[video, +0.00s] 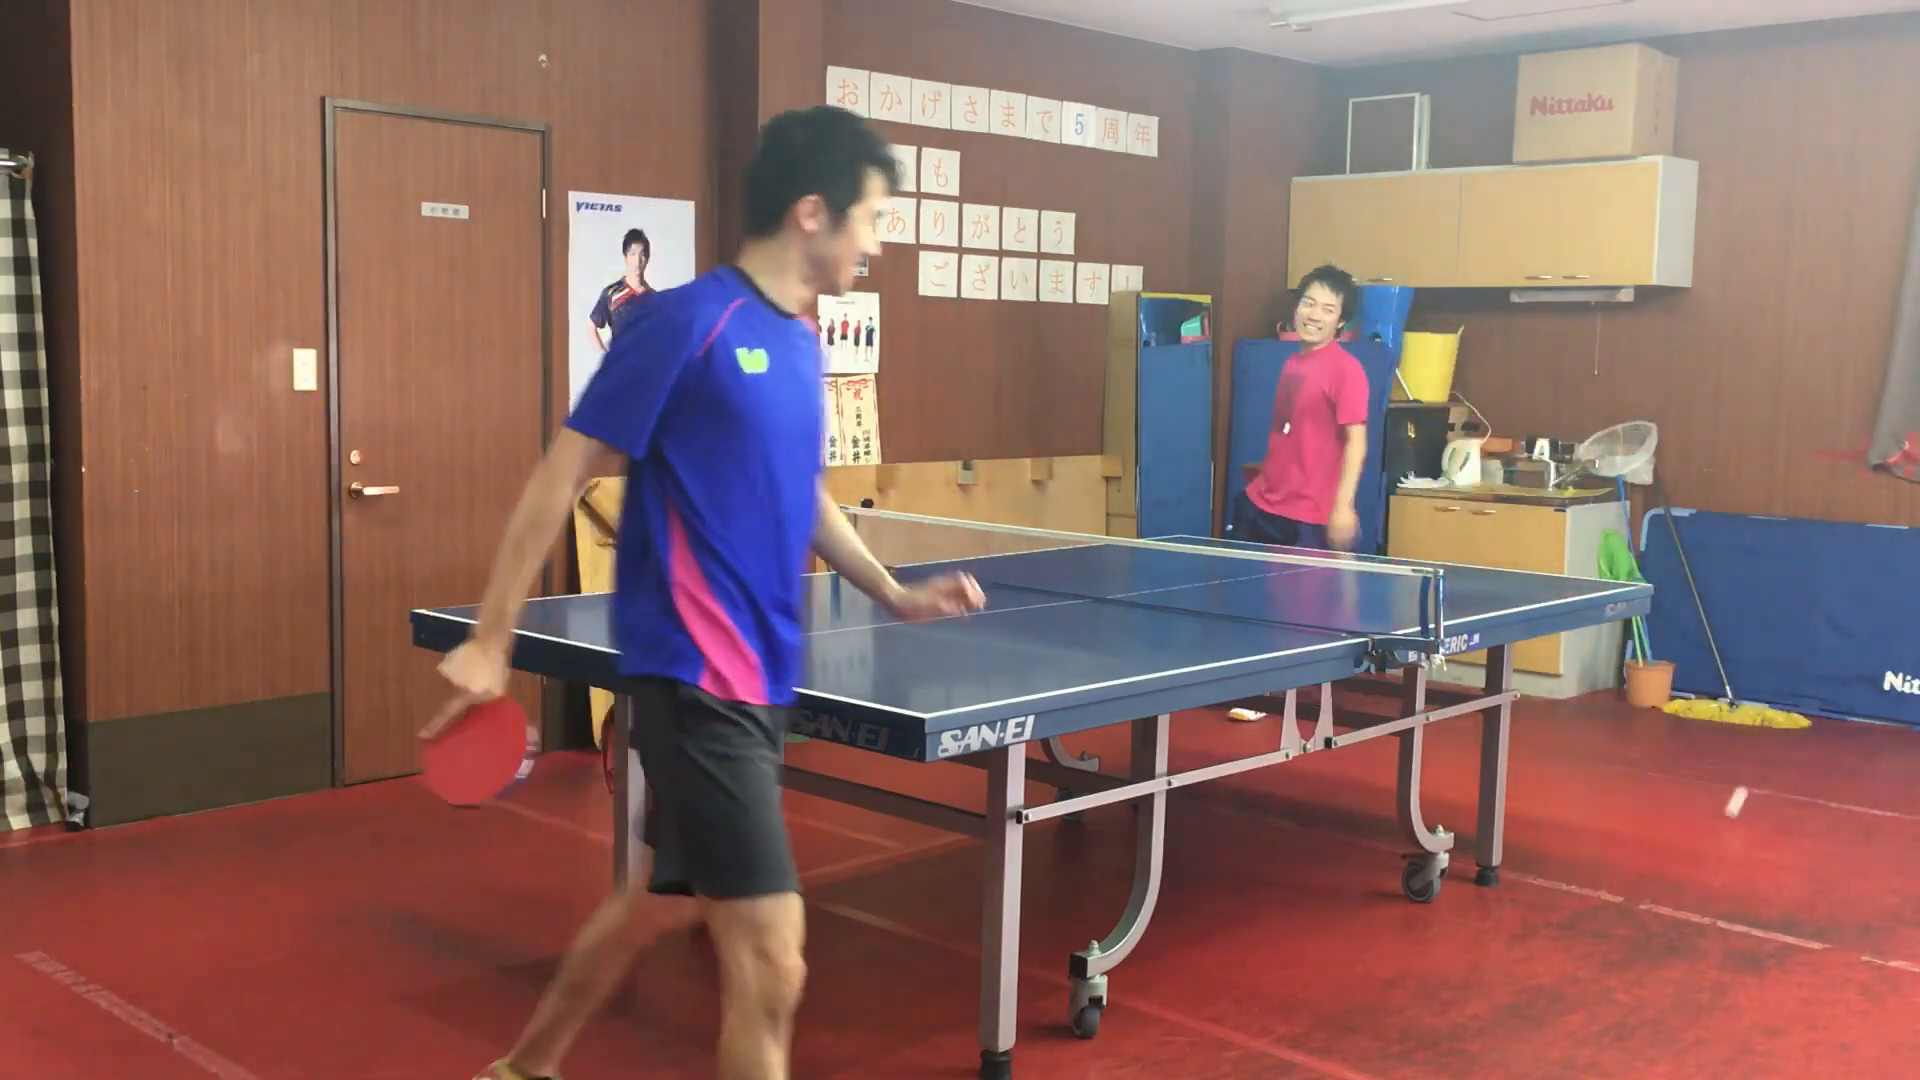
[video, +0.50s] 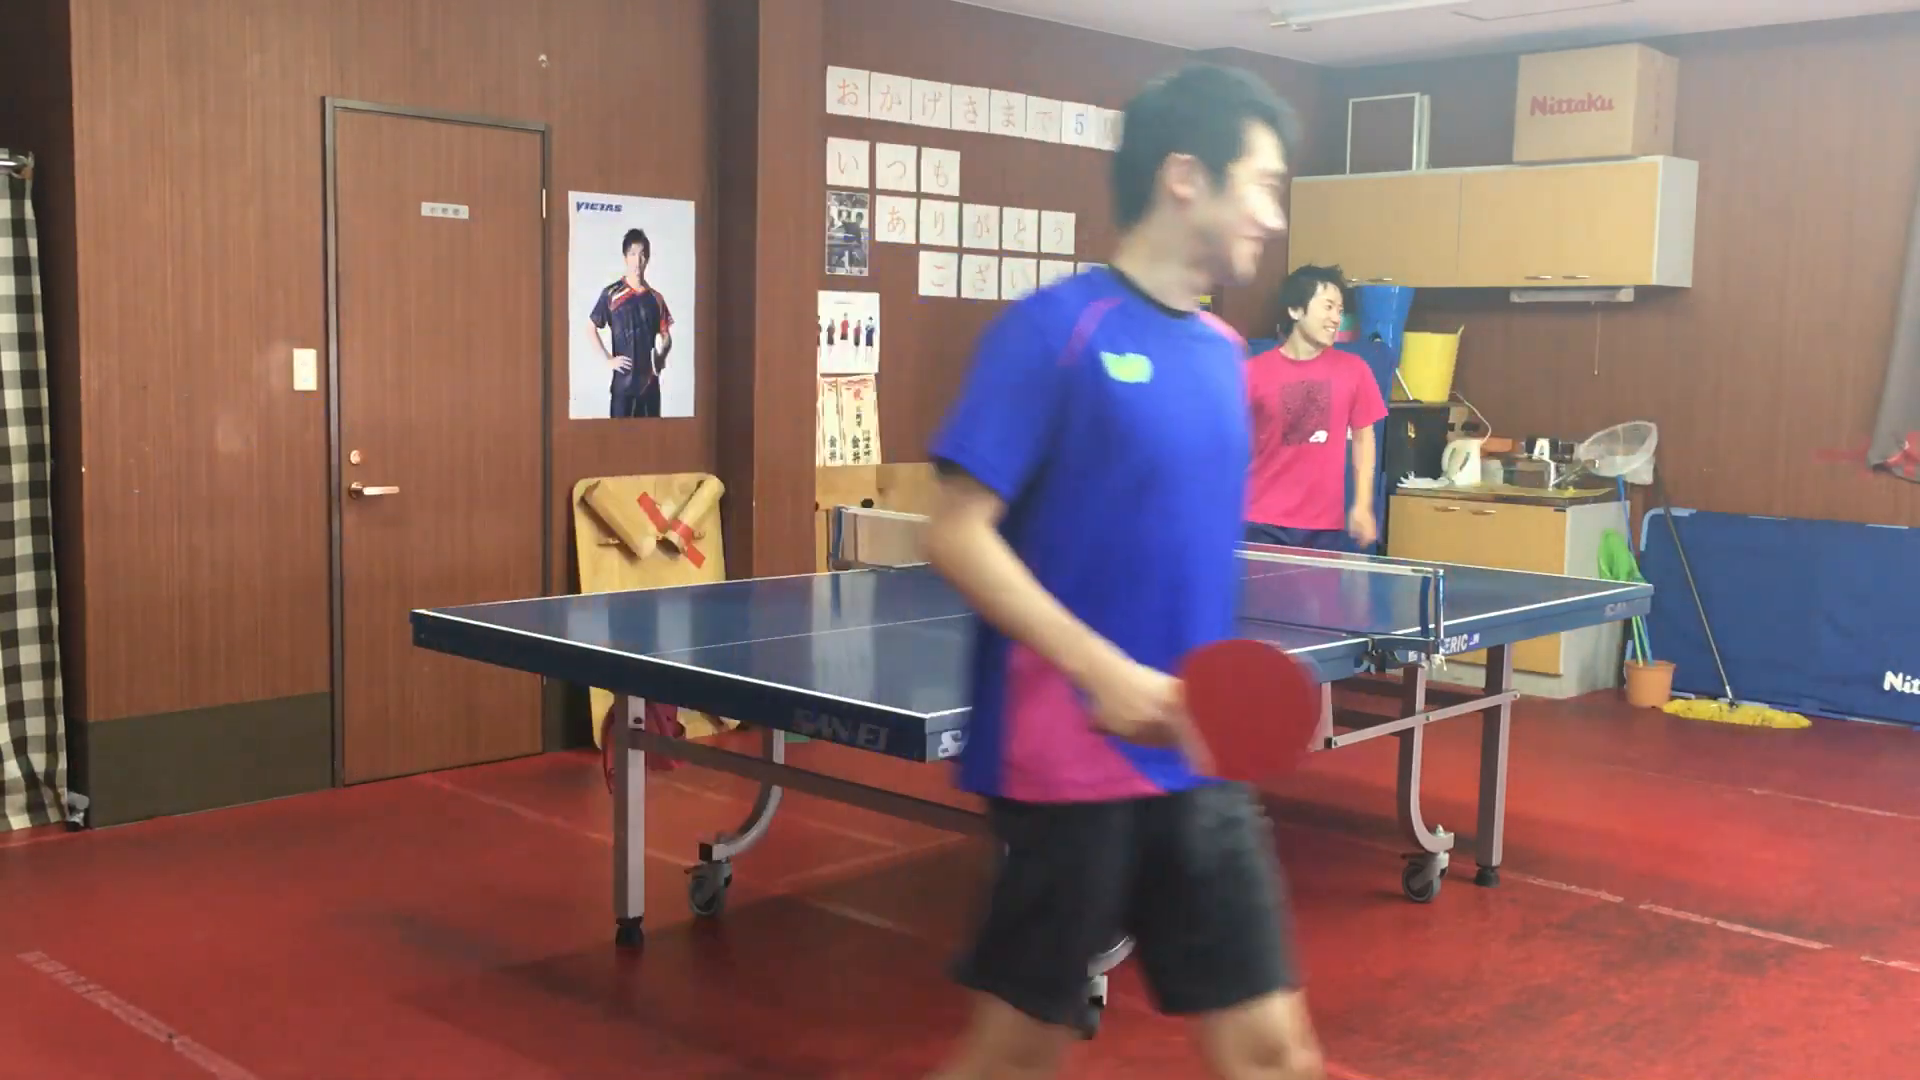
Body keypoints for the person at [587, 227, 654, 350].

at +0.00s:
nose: (638, 260)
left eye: (642, 254)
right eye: (633, 254)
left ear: (648, 258)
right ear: (625, 258)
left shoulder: (655, 298)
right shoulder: (611, 293)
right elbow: (591, 327)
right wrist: (605, 357)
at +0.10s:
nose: (638, 260)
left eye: (642, 254)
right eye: (633, 254)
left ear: (648, 258)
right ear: (625, 257)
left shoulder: (655, 298)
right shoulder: (611, 294)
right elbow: (591, 327)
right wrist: (609, 360)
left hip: (648, 375)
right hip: (623, 375)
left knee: (647, 432)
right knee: (620, 431)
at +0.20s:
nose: (638, 260)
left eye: (642, 254)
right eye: (632, 254)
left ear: (648, 258)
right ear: (625, 257)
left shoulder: (655, 298)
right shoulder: (611, 294)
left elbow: (665, 335)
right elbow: (591, 327)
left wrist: (661, 355)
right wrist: (608, 360)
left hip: (649, 377)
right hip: (624, 378)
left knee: (649, 434)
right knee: (621, 434)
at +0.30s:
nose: (638, 260)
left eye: (643, 254)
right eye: (633, 254)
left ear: (648, 258)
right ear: (625, 257)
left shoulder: (655, 297)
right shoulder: (611, 294)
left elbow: (665, 335)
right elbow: (591, 327)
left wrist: (661, 356)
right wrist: (608, 360)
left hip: (649, 377)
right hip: (624, 378)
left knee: (650, 434)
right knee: (621, 433)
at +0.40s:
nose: (638, 260)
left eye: (643, 254)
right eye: (633, 254)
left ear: (648, 258)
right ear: (625, 258)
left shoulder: (655, 297)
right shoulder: (611, 294)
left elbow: (665, 335)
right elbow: (591, 327)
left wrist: (661, 356)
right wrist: (608, 360)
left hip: (649, 377)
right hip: (624, 377)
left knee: (650, 434)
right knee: (621, 433)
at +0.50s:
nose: (638, 260)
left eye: (643, 254)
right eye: (633, 254)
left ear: (648, 258)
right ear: (625, 258)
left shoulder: (655, 297)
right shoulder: (611, 294)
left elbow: (665, 335)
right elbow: (591, 327)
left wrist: (661, 355)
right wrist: (608, 359)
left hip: (649, 378)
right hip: (624, 378)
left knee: (650, 435)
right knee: (621, 434)